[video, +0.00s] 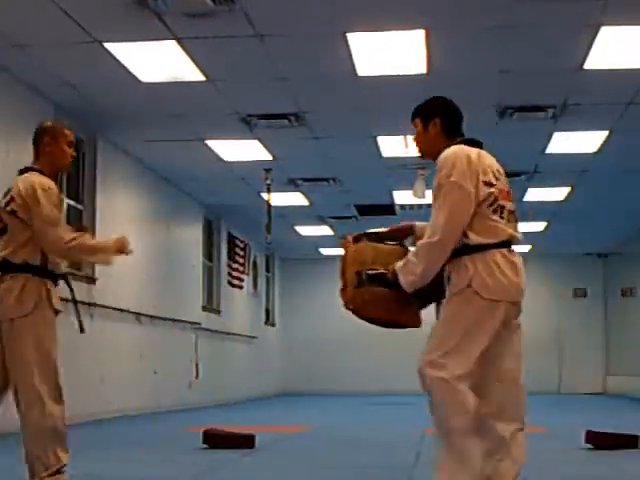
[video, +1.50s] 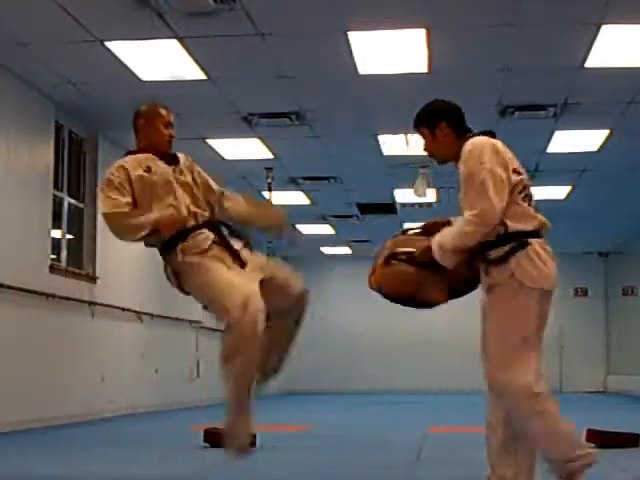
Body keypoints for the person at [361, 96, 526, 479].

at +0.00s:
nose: (415, 142)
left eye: (416, 132)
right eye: (413, 134)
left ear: (434, 127)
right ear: (451, 127)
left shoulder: (457, 158)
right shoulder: (484, 160)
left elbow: (446, 232)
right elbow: (466, 229)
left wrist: (404, 274)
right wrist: (416, 230)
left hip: (481, 276)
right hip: (504, 273)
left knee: (439, 367)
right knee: (499, 381)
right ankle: (502, 467)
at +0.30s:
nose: (364, 134)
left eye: (368, 124)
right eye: (365, 125)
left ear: (387, 123)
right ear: (401, 126)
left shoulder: (396, 162)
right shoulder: (435, 164)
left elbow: (376, 235)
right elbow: (413, 224)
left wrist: (332, 269)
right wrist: (362, 224)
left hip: (410, 283)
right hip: (443, 278)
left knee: (370, 385)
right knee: (458, 394)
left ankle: (345, 471)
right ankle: (490, 473)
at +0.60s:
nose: (301, 138)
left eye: (304, 128)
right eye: (300, 130)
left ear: (322, 125)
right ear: (339, 126)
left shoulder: (338, 163)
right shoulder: (379, 155)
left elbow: (327, 235)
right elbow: (360, 215)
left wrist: (290, 281)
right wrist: (305, 235)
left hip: (376, 274)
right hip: (415, 266)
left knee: (353, 379)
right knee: (436, 379)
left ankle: (346, 471)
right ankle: (475, 469)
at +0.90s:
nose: (304, 142)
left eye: (305, 132)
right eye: (302, 134)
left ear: (324, 128)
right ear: (342, 128)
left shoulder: (340, 167)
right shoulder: (381, 156)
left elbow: (328, 243)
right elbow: (364, 222)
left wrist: (292, 283)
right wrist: (312, 233)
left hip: (378, 278)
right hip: (415, 269)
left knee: (340, 371)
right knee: (437, 373)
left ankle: (344, 471)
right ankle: (490, 460)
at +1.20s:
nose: (374, 144)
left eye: (374, 134)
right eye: (372, 136)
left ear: (392, 128)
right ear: (407, 127)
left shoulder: (418, 157)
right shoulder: (439, 160)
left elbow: (403, 223)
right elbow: (418, 230)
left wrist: (361, 221)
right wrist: (364, 233)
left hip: (428, 277)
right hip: (454, 275)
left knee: (382, 386)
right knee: (466, 390)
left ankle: (346, 473)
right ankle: (508, 471)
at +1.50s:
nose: (425, 148)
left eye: (425, 138)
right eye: (422, 140)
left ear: (443, 130)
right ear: (449, 129)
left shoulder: (479, 150)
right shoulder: (482, 153)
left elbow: (485, 216)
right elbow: (490, 220)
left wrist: (441, 243)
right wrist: (449, 230)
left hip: (518, 270)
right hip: (510, 272)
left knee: (510, 377)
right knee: (504, 380)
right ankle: (508, 473)